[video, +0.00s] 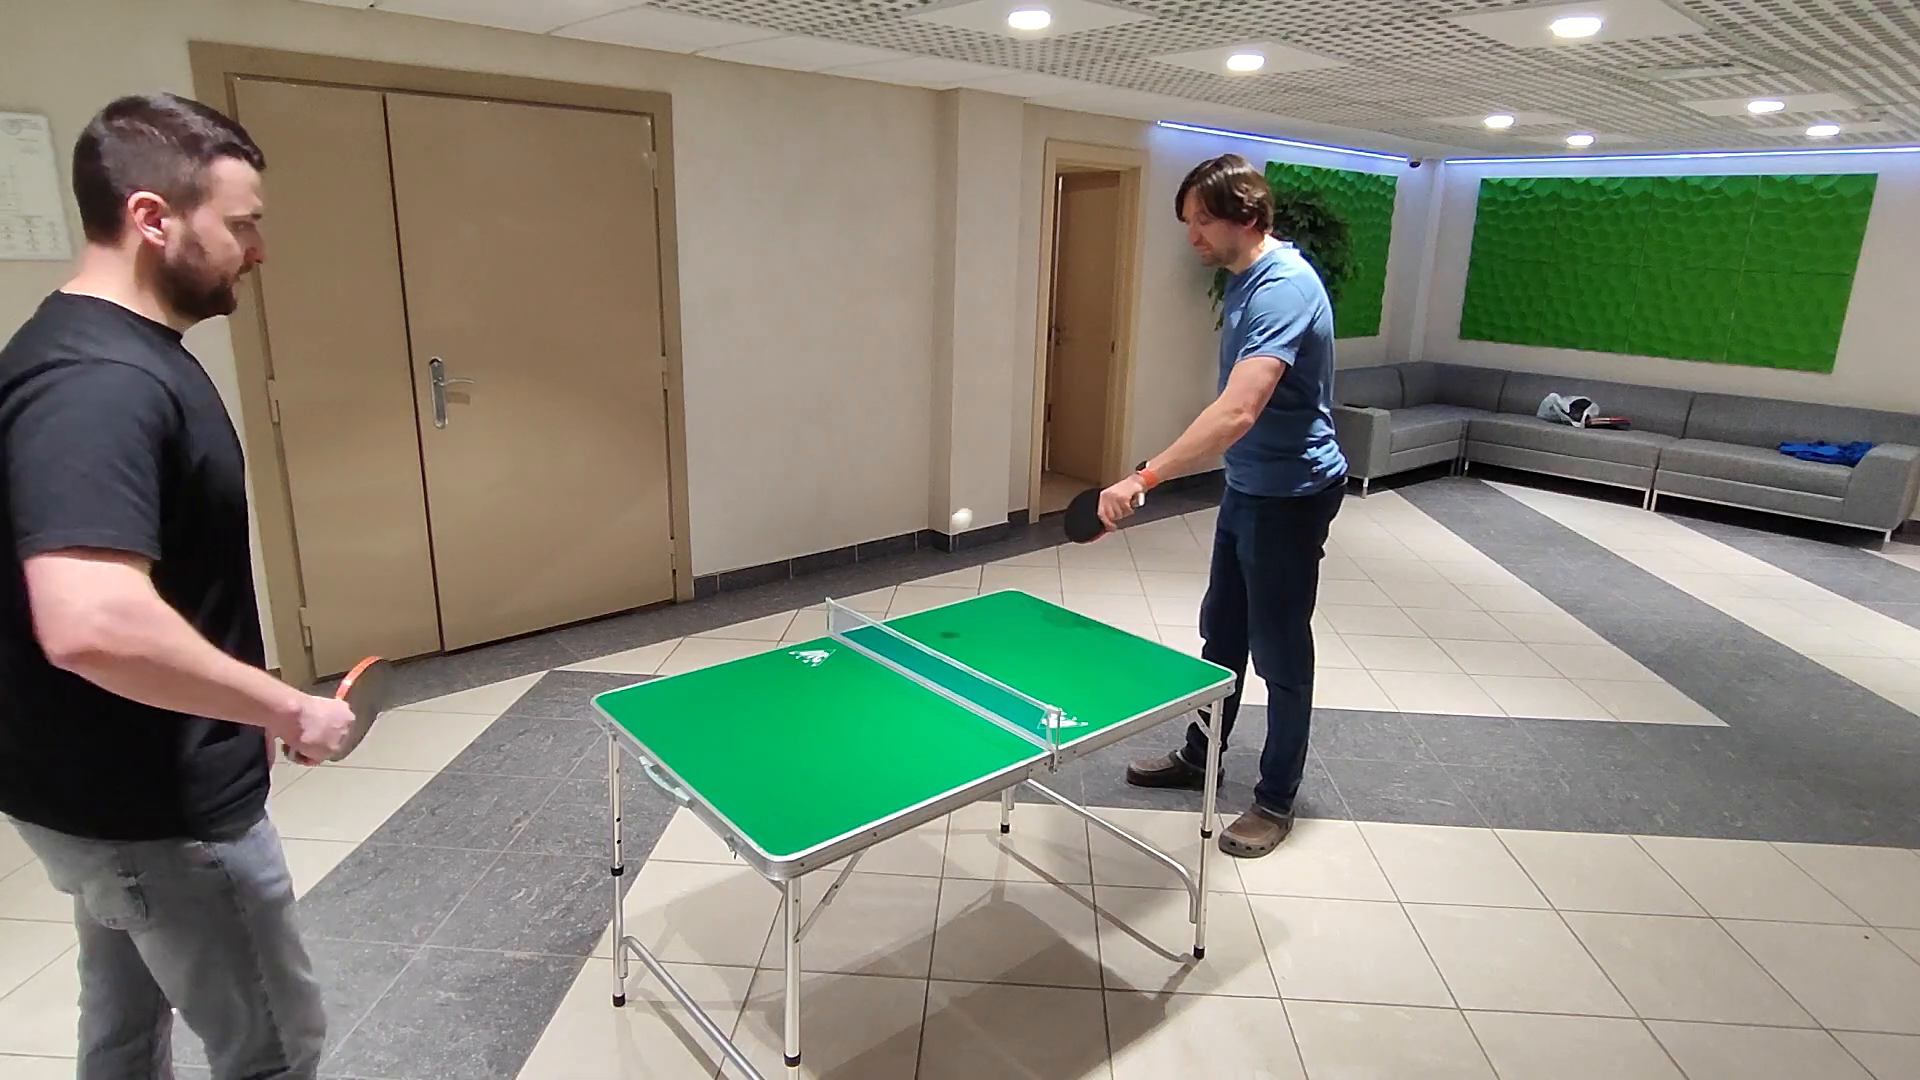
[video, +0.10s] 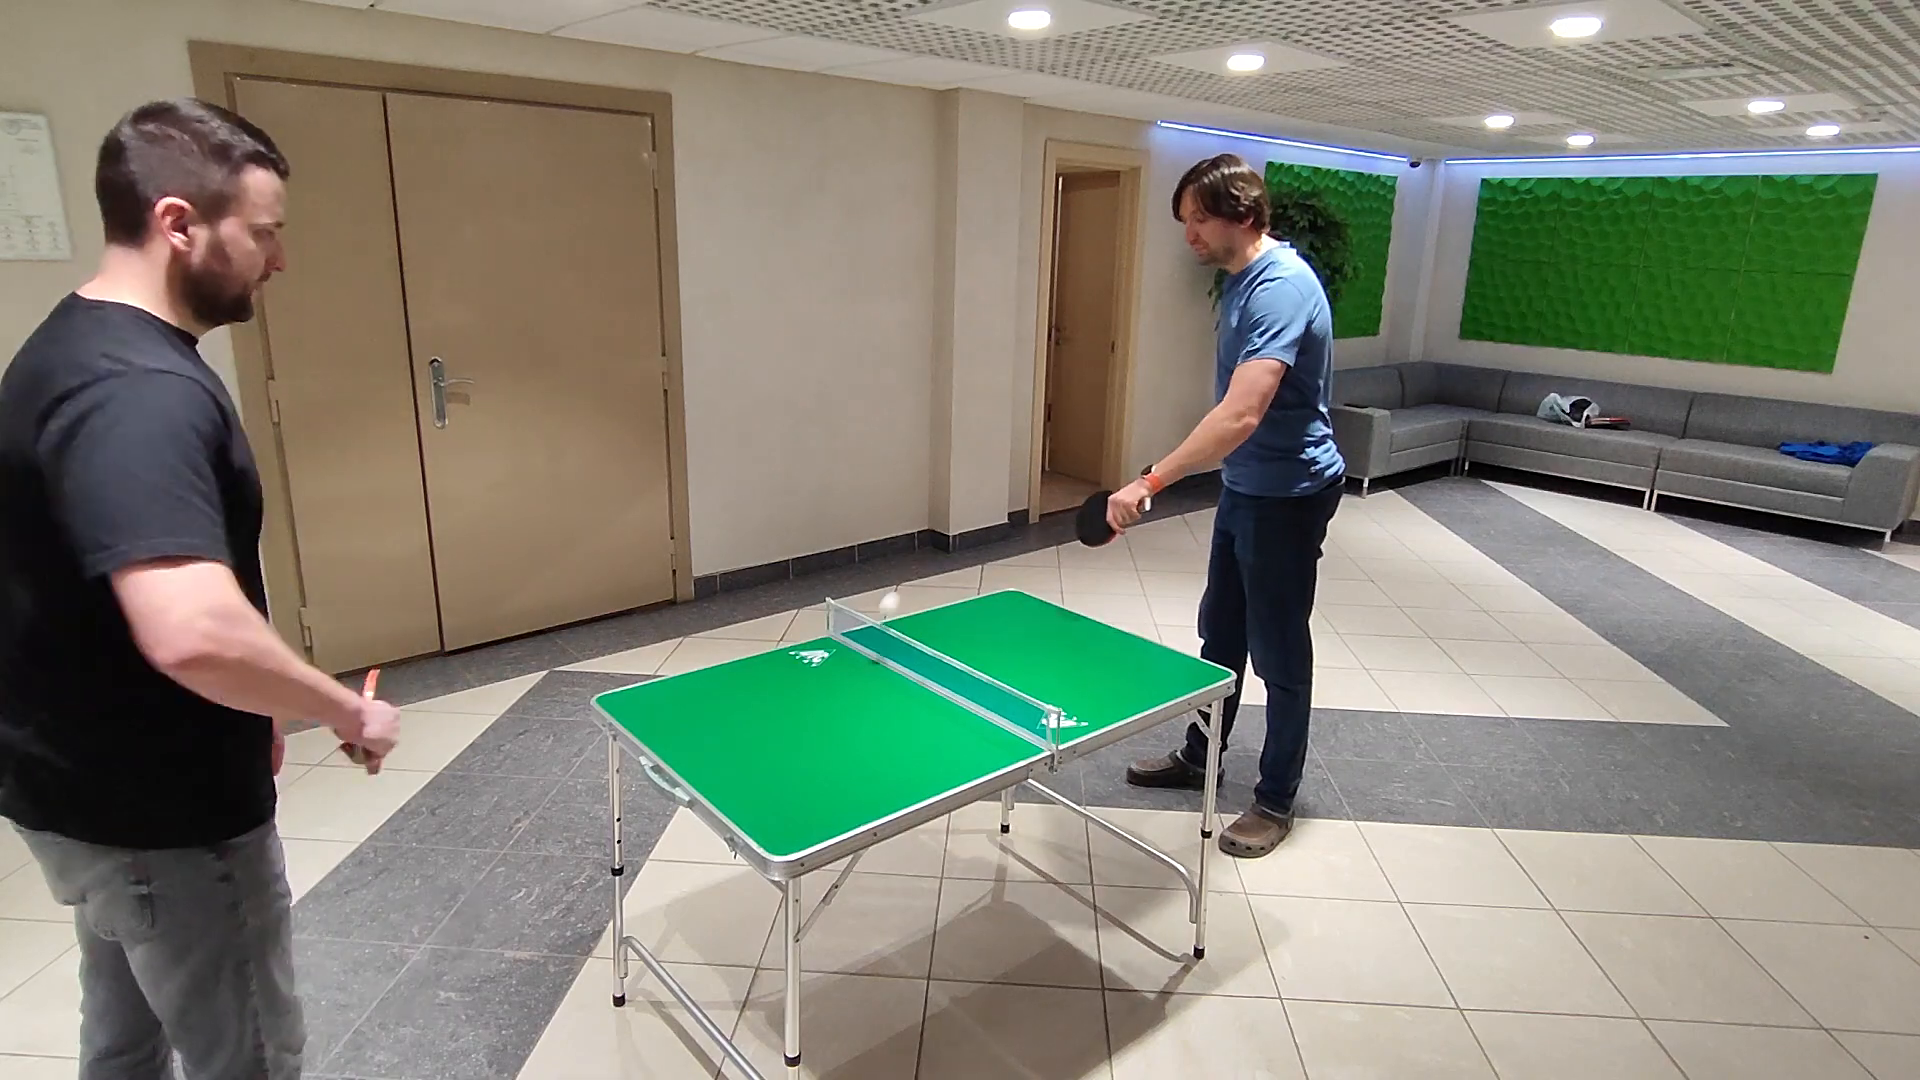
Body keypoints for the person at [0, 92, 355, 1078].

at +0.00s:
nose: (258, 254)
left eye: (257, 227)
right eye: (243, 224)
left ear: (150, 222)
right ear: (152, 219)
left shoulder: (94, 343)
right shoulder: (97, 375)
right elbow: (90, 620)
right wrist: (292, 710)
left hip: (102, 792)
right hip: (160, 811)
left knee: (121, 1031)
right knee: (276, 1049)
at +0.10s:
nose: (278, 261)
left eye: (278, 234)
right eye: (265, 231)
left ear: (169, 225)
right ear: (178, 223)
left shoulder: (69, 346)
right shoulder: (138, 382)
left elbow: (90, 591)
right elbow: (192, 629)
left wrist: (244, 706)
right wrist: (346, 708)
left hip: (78, 790)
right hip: (170, 818)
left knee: (125, 1041)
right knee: (250, 1058)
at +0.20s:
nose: (316, 271)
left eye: (318, 244)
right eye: (306, 241)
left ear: (207, 230)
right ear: (224, 233)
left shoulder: (64, 354)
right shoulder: (197, 396)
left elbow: (94, 579)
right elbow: (326, 639)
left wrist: (239, 689)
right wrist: (429, 693)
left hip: (64, 795)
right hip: (179, 822)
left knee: (129, 1049)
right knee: (253, 1059)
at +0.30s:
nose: (362, 291)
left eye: (366, 267)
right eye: (356, 264)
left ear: (238, 241)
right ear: (282, 253)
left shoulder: (71, 358)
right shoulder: (270, 414)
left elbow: (65, 582)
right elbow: (451, 630)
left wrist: (231, 699)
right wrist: (519, 664)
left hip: (40, 814)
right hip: (181, 840)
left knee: (123, 1055)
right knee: (253, 1061)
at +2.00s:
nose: (305, 280)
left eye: (310, 255)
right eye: (296, 251)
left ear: (203, 234)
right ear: (214, 238)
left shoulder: (15, 347)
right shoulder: (249, 396)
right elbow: (342, 637)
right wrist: (451, 723)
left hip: (28, 797)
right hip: (195, 811)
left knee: (89, 1061)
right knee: (239, 1064)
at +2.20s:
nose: (254, 254)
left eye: (254, 228)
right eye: (237, 227)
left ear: (143, 222)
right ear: (147, 221)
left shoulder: (9, 344)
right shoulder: (184, 390)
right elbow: (220, 643)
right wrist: (333, 744)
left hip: (37, 799)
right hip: (180, 821)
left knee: (86, 1055)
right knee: (237, 1064)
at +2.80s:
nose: (241, 279)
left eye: (243, 252)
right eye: (218, 245)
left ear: (113, 230)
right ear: (118, 227)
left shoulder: (20, 341)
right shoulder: (116, 389)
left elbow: (69, 574)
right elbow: (226, 619)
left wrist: (225, 670)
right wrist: (382, 723)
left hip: (31, 812)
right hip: (143, 834)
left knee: (69, 1054)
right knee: (226, 1060)